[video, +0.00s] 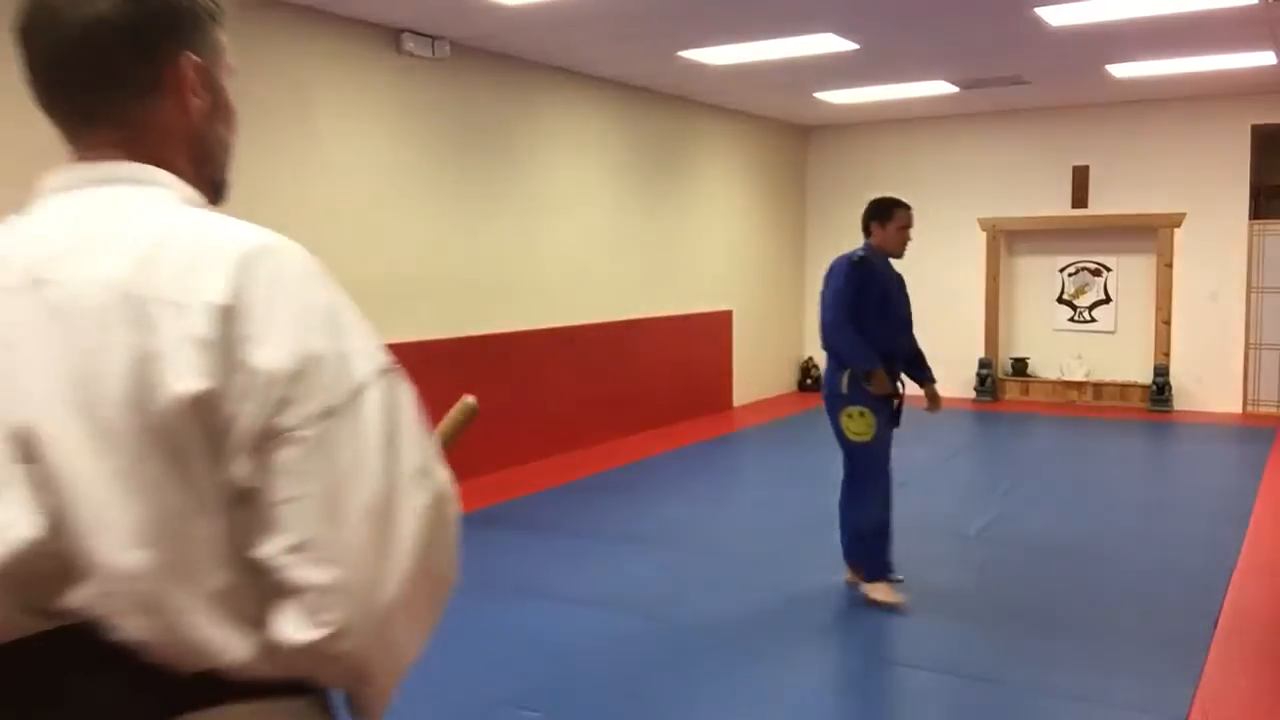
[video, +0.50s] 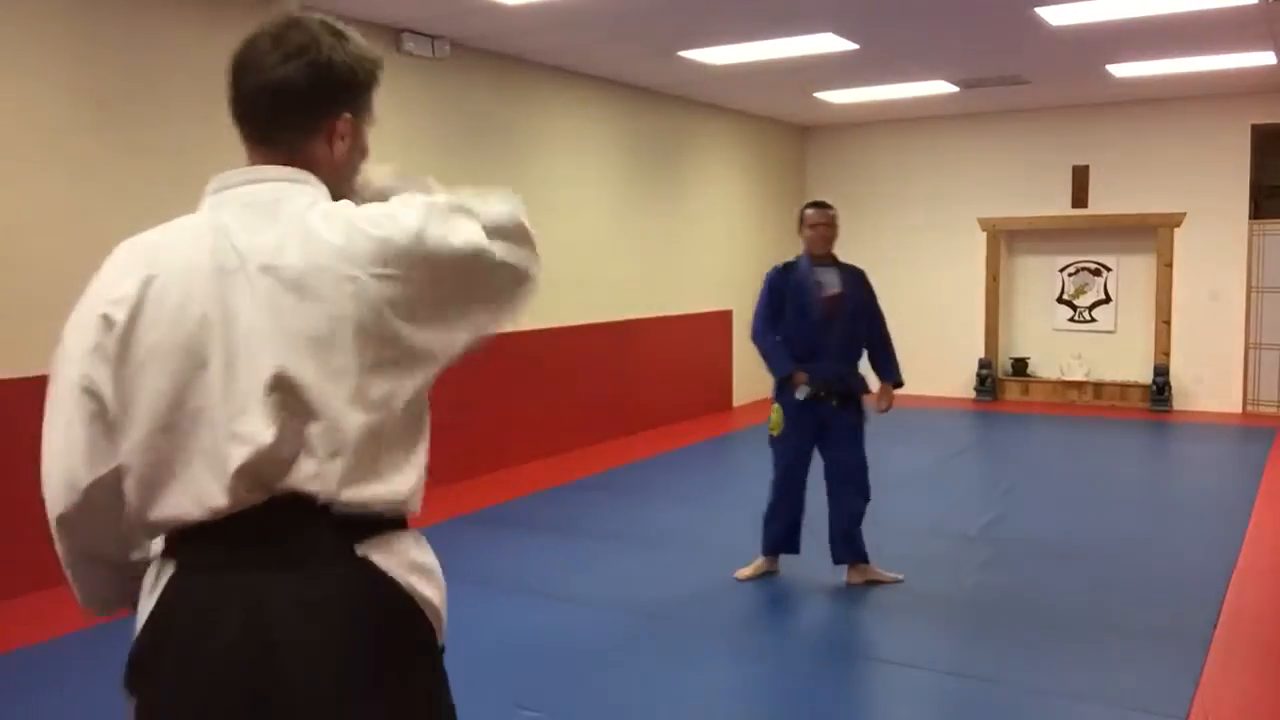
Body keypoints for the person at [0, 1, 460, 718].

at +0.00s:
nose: (234, 112)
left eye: (232, 85)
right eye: (229, 83)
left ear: (59, 101)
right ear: (191, 85)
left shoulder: (9, 265)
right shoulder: (251, 277)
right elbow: (370, 565)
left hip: (31, 684)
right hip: (232, 691)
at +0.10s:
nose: (271, 128)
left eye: (267, 100)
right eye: (264, 99)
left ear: (108, 123)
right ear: (234, 112)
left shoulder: (15, 305)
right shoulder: (313, 299)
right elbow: (421, 566)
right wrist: (388, 652)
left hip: (67, 687)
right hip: (280, 683)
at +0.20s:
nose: (309, 139)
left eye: (305, 116)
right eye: (304, 115)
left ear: (159, 132)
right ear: (275, 123)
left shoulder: (43, 312)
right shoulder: (348, 300)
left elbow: (11, 556)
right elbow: (469, 549)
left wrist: (88, 649)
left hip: (119, 680)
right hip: (309, 677)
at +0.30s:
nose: (333, 138)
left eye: (333, 117)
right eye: (332, 117)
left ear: (194, 124)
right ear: (308, 125)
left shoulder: (82, 293)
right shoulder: (374, 282)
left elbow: (44, 535)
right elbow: (513, 468)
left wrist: (126, 623)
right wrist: (508, 363)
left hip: (161, 657)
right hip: (340, 657)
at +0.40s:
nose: (350, 139)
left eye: (353, 119)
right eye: (350, 119)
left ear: (224, 123)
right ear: (326, 125)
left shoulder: (110, 277)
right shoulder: (386, 258)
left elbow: (64, 508)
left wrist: (126, 610)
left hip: (181, 629)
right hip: (356, 626)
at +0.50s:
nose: (365, 143)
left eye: (364, 126)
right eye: (364, 128)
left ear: (247, 126)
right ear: (340, 133)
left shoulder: (134, 269)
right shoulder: (378, 246)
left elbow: (75, 485)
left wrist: (131, 585)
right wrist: (380, 192)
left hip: (195, 599)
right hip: (360, 598)